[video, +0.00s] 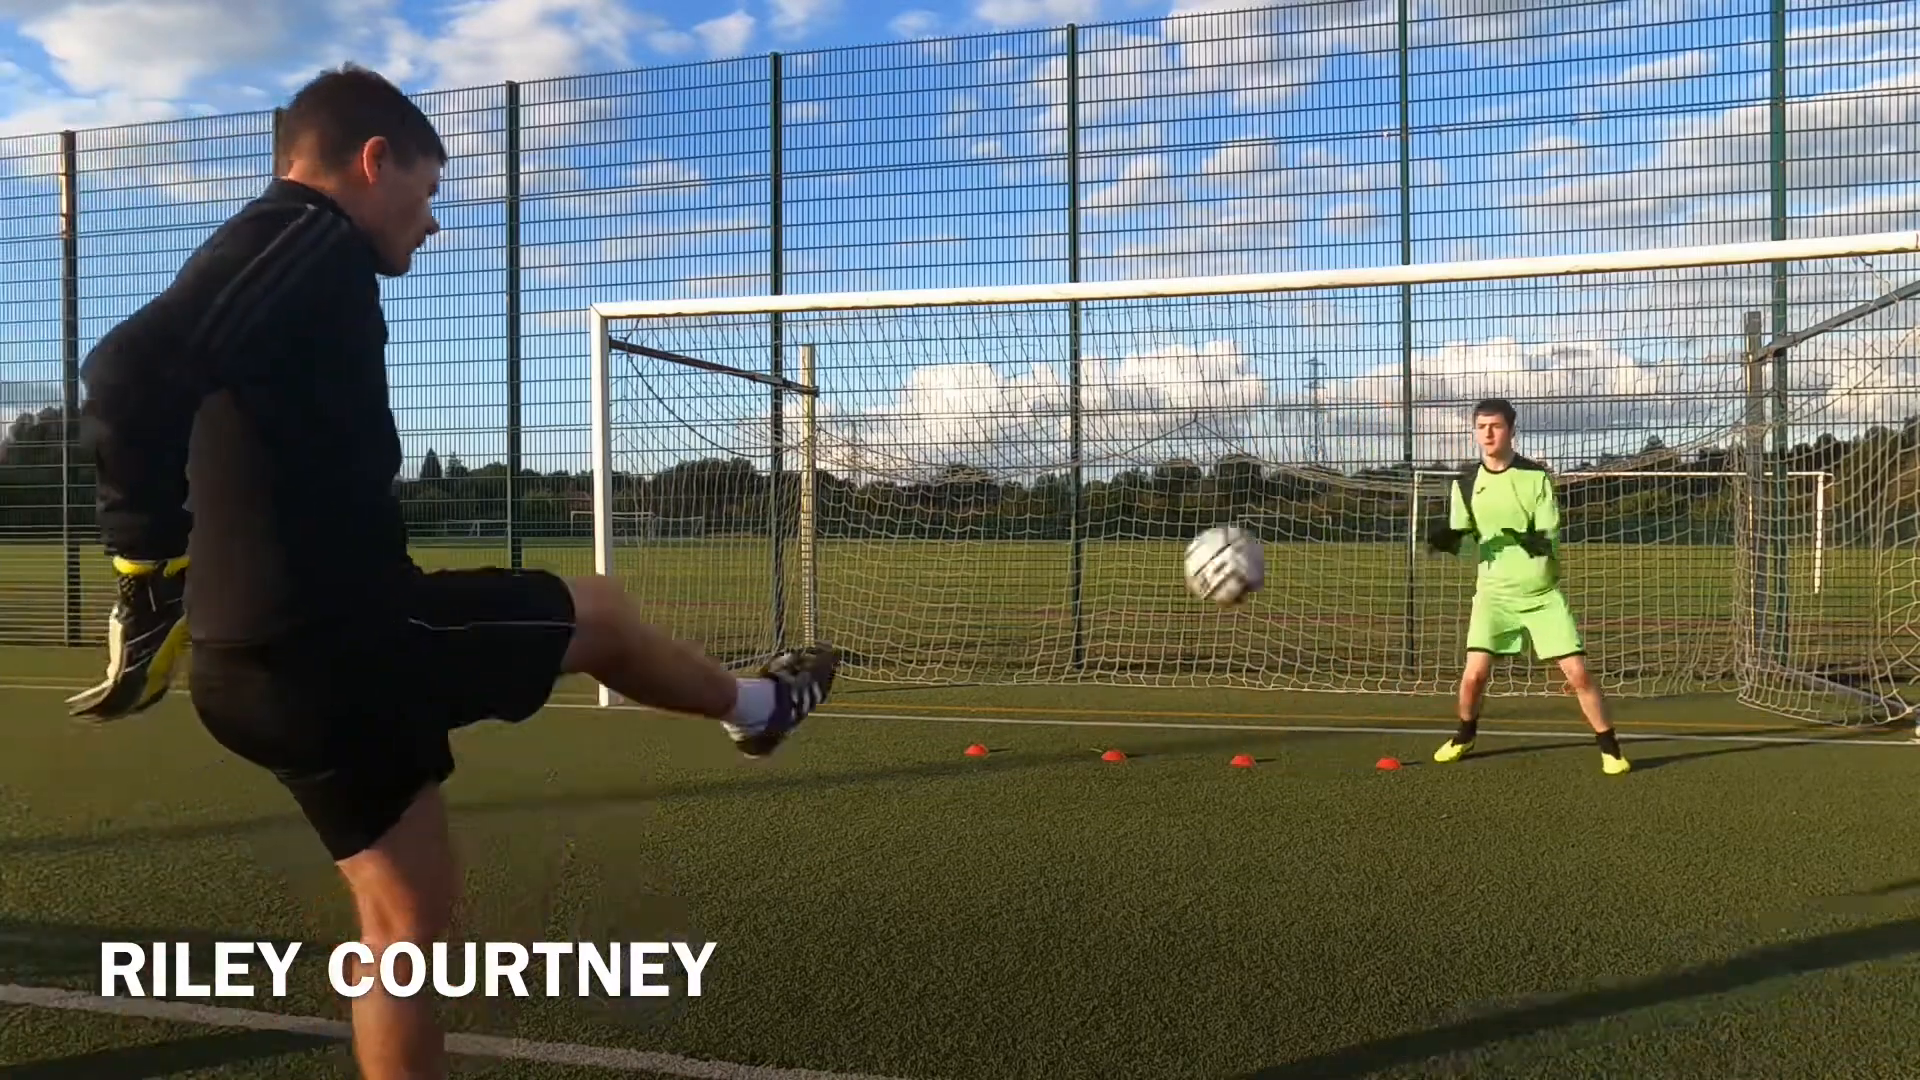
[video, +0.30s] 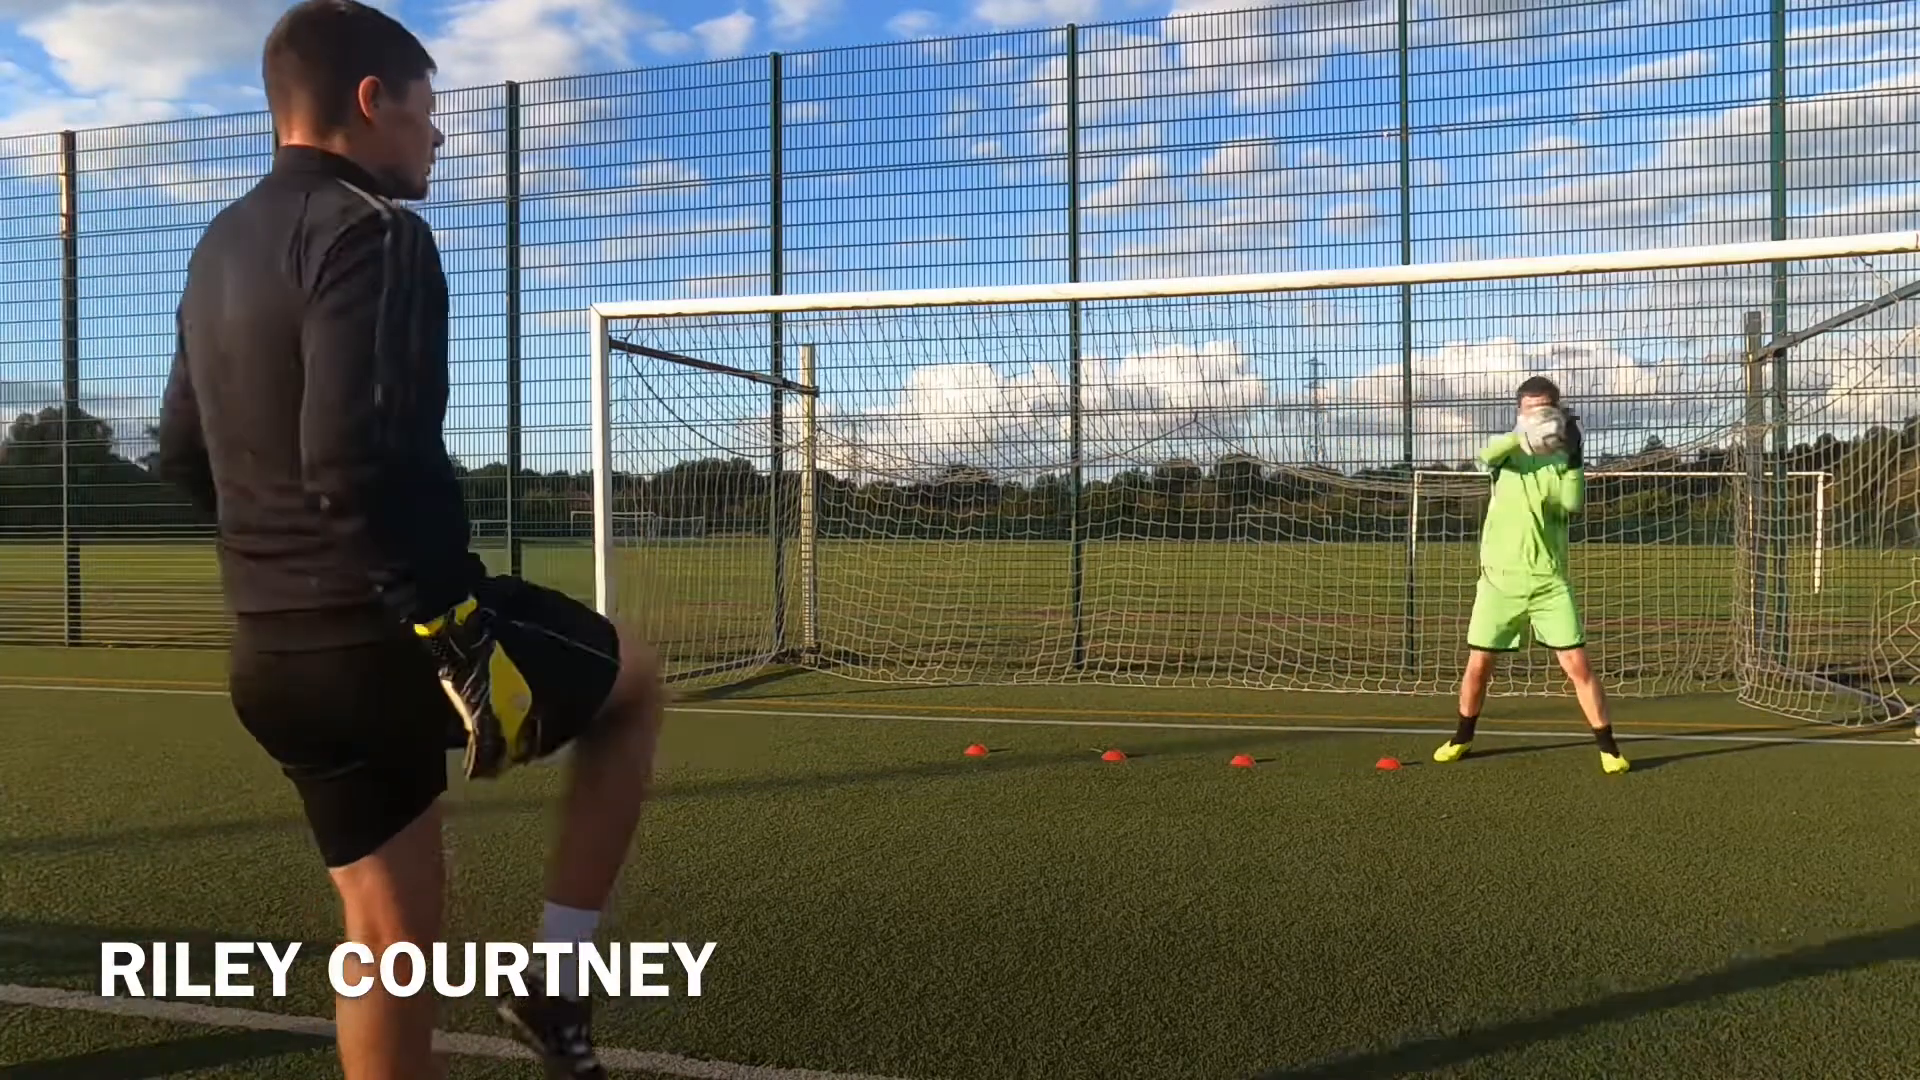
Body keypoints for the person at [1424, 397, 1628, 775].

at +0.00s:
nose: (1489, 434)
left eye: (1496, 426)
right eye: (1482, 427)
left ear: (1511, 431)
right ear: (1475, 433)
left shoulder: (1537, 478)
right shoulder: (1466, 482)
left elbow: (1549, 539)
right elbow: (1460, 539)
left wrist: (1534, 541)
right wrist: (1446, 540)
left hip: (1541, 594)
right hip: (1491, 597)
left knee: (1578, 674)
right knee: (1474, 675)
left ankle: (1609, 747)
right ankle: (1465, 736)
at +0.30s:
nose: (1535, 416)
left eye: (1544, 409)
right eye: (1529, 409)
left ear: (1556, 411)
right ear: (1518, 411)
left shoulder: (1563, 462)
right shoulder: (1505, 454)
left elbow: (1571, 503)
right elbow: (1486, 455)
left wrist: (1571, 452)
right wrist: (1526, 437)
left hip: (1548, 583)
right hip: (1497, 582)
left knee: (1578, 665)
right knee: (1477, 665)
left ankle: (1609, 748)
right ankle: (1462, 738)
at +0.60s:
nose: (1486, 441)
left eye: (1493, 433)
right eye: (1481, 434)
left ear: (1511, 429)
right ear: (1477, 436)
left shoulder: (1547, 468)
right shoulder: (1481, 471)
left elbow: (1567, 529)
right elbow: (1478, 521)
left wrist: (1527, 540)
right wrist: (1475, 539)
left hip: (1556, 584)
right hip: (1508, 582)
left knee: (1578, 664)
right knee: (1486, 656)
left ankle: (1609, 748)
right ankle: (1467, 739)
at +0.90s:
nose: (1416, 469)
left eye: (1422, 460)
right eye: (1408, 464)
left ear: (1438, 458)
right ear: (1404, 472)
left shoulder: (1482, 491)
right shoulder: (1428, 505)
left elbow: (1538, 501)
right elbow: (1442, 532)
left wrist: (1535, 547)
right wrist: (1431, 561)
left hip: (1521, 588)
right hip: (1476, 592)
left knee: (1553, 665)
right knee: (1455, 662)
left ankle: (1601, 746)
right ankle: (1464, 739)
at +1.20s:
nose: (1378, 463)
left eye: (1381, 455)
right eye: (1373, 458)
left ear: (1399, 442)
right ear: (1372, 455)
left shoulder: (1451, 460)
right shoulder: (1387, 484)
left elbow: (1502, 484)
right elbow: (1399, 537)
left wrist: (1504, 528)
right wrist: (1417, 510)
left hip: (1487, 567)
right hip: (1444, 576)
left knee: (1511, 649)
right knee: (1448, 659)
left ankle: (1545, 734)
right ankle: (1461, 737)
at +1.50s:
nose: (1360, 483)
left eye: (1364, 474)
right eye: (1355, 477)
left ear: (1383, 462)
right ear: (1355, 474)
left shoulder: (1431, 489)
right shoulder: (1367, 498)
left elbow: (1481, 528)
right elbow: (1363, 537)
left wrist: (1474, 571)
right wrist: (1346, 579)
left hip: (1452, 592)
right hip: (1410, 597)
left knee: (1482, 674)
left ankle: (1542, 749)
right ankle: (1430, 721)